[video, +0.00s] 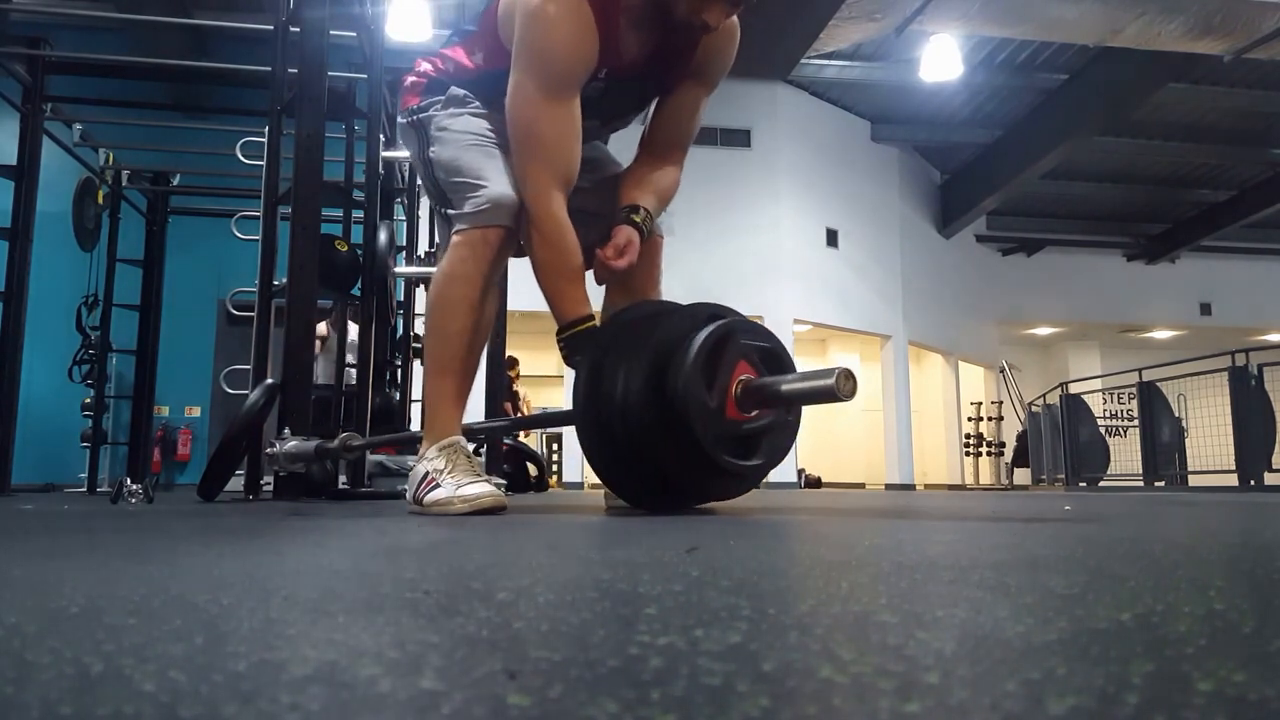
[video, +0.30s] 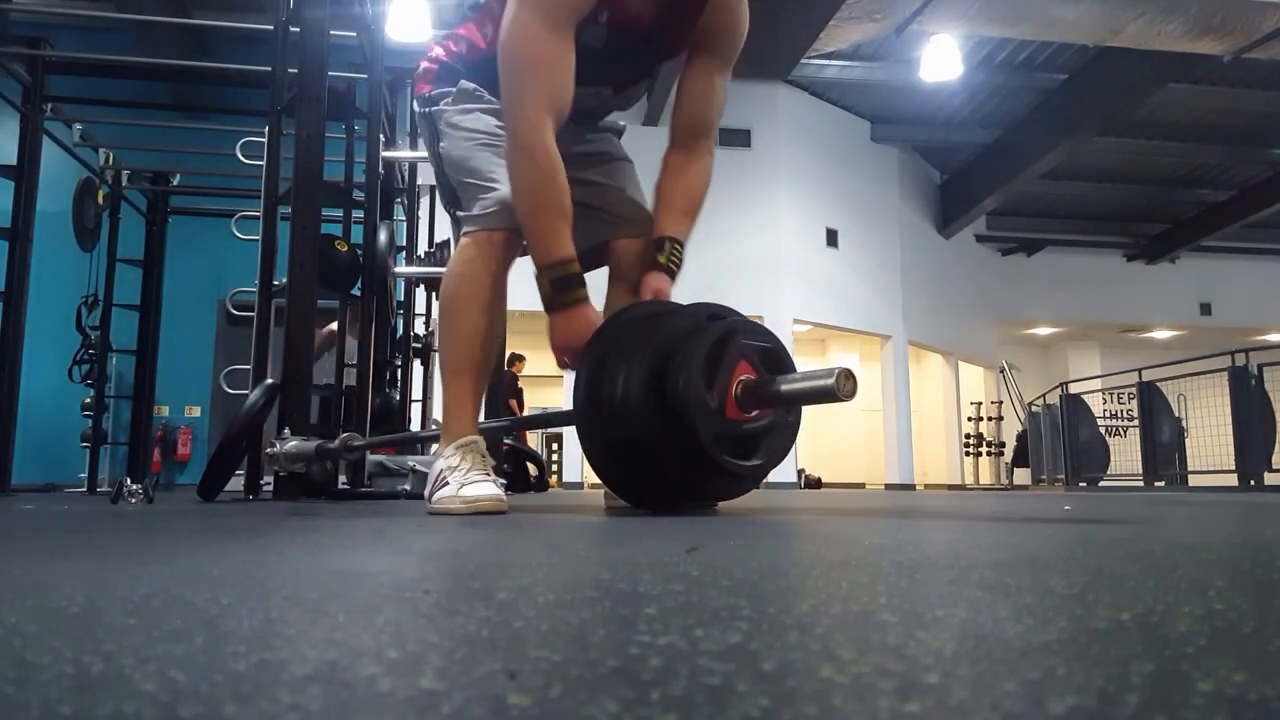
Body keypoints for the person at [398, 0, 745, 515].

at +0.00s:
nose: (723, 15)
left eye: (734, 7)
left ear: (735, 7)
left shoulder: (718, 33)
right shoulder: (561, 14)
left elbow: (663, 155)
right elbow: (544, 192)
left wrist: (634, 217)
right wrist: (584, 346)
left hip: (564, 116)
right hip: (461, 94)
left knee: (642, 239)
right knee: (494, 209)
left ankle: (639, 459)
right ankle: (441, 453)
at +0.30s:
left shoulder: (723, 10)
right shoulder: (553, 4)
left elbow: (693, 143)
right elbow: (531, 126)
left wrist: (664, 264)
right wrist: (565, 295)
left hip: (582, 111)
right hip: (475, 83)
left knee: (639, 247)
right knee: (497, 220)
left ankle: (629, 464)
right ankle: (459, 452)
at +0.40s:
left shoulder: (723, 5)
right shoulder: (535, 2)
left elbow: (707, 135)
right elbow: (516, 100)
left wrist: (684, 268)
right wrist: (547, 270)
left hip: (576, 107)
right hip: (473, 76)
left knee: (631, 241)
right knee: (496, 225)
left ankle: (630, 463)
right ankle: (456, 449)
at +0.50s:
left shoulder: (723, 3)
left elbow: (715, 124)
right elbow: (503, 88)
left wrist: (698, 259)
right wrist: (528, 248)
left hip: (572, 102)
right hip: (470, 73)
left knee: (627, 244)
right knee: (495, 230)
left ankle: (631, 461)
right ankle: (456, 449)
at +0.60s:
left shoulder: (722, 1)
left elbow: (717, 115)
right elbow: (500, 74)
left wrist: (705, 251)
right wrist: (522, 234)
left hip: (573, 106)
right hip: (472, 76)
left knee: (632, 242)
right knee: (493, 228)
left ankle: (628, 462)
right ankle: (456, 451)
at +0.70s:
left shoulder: (722, 2)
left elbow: (713, 107)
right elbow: (500, 60)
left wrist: (705, 240)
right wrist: (523, 222)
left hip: (576, 99)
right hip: (475, 72)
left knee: (632, 243)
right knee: (494, 222)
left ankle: (632, 461)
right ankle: (459, 449)